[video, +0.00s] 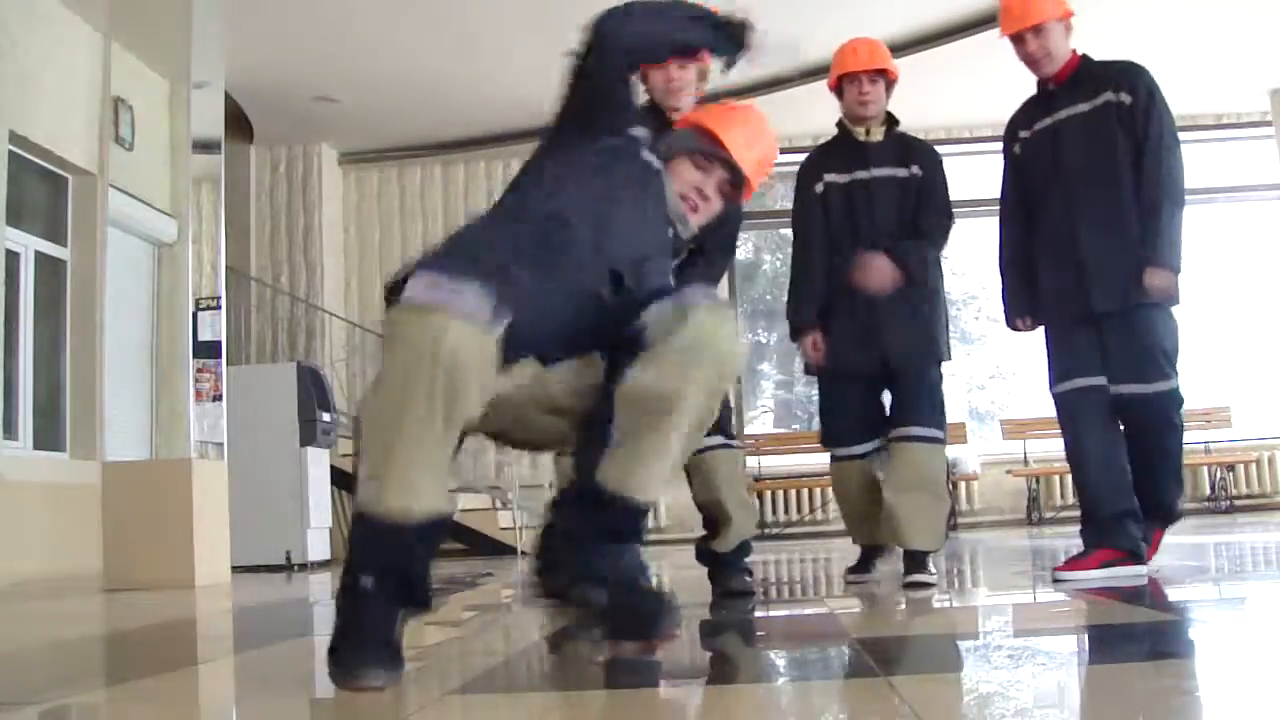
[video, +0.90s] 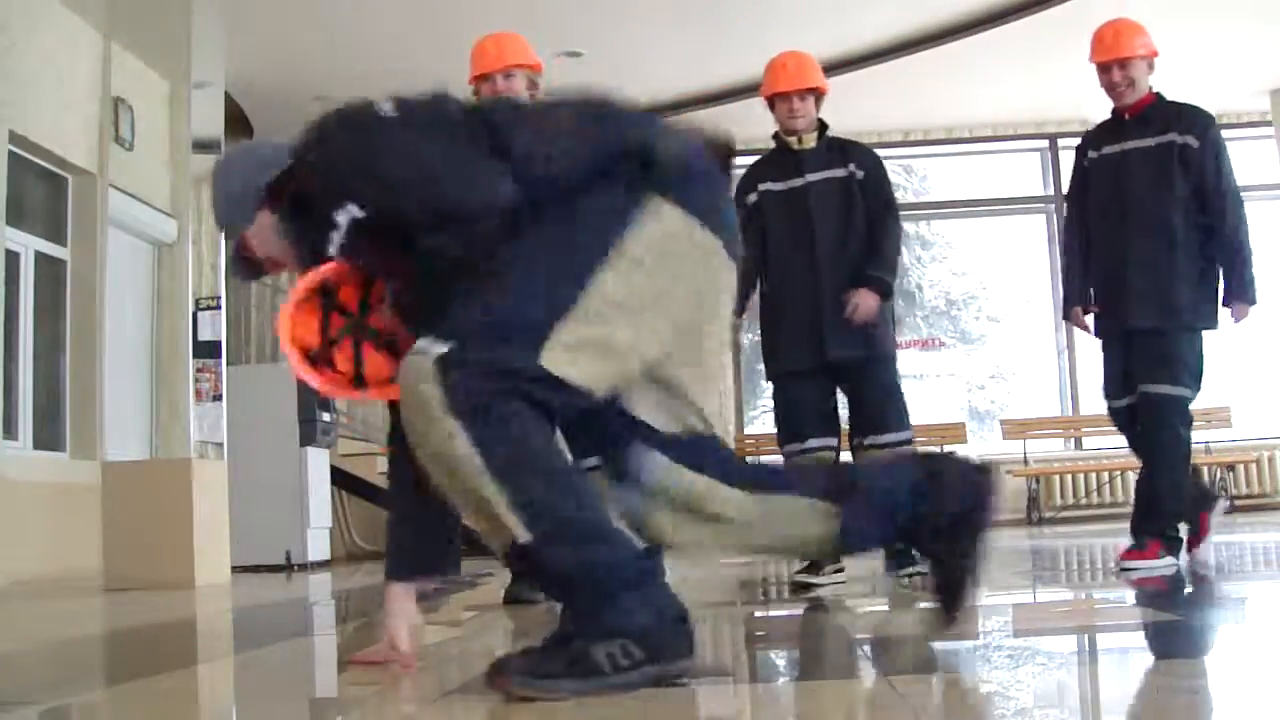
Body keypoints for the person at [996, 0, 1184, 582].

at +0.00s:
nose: (1028, 46)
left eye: (1037, 31)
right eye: (1018, 38)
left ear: (1067, 25)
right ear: (1011, 46)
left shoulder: (1127, 82)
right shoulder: (1021, 125)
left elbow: (1164, 172)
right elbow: (1014, 217)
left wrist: (1163, 258)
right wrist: (1017, 295)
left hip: (1133, 282)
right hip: (1063, 294)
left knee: (1150, 408)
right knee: (1083, 418)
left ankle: (1153, 514)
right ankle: (1113, 541)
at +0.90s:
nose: (1114, 75)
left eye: (1123, 64)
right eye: (1104, 67)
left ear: (1148, 61)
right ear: (1097, 73)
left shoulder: (1192, 124)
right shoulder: (1092, 144)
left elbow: (1225, 205)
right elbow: (1077, 224)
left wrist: (1238, 280)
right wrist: (1075, 289)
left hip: (1175, 295)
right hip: (1114, 300)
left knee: (1164, 409)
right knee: (1125, 410)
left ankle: (1157, 539)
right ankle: (1197, 498)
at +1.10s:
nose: (1127, 93)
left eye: (1135, 81)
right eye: (1117, 85)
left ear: (1161, 77)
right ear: (1109, 89)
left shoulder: (1203, 133)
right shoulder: (1113, 160)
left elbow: (1243, 191)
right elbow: (1098, 238)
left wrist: (1200, 216)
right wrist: (1087, 305)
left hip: (1197, 301)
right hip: (1143, 306)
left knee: (1175, 411)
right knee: (1177, 416)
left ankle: (1159, 535)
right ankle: (1231, 526)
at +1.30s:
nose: (1137, 96)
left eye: (1144, 83)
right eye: (1128, 89)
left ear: (1171, 78)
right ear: (1123, 95)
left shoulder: (1216, 126)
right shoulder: (1132, 163)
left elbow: (1257, 160)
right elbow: (1119, 242)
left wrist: (1188, 124)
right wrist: (1092, 301)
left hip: (1218, 294)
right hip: (1166, 303)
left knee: (1197, 406)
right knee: (1190, 413)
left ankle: (1176, 526)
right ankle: (1233, 526)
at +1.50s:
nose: (1148, 92)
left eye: (1156, 80)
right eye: (1141, 84)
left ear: (1181, 79)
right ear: (1136, 91)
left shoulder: (1221, 129)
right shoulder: (1148, 160)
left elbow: (1263, 116)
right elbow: (1113, 222)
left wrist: (1196, 75)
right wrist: (1068, 211)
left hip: (1228, 287)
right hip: (1180, 299)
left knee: (1220, 400)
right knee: (1190, 409)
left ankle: (1254, 524)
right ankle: (1228, 526)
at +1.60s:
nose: (1158, 88)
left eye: (1167, 76)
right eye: (1150, 80)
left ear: (1192, 78)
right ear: (1144, 89)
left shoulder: (1229, 128)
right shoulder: (1149, 159)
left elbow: (1264, 109)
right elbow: (1102, 203)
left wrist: (1197, 69)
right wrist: (1080, 159)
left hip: (1237, 288)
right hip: (1182, 304)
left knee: (1239, 397)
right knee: (1195, 413)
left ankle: (1279, 520)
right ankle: (1232, 528)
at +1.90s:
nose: (1190, 81)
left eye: (1199, 68)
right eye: (1181, 73)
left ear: (1224, 70)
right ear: (1175, 83)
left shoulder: (1263, 123)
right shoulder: (1165, 145)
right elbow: (1107, 147)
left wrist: (1226, 60)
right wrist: (1137, 86)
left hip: (1268, 294)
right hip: (1205, 304)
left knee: (1276, 406)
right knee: (1215, 418)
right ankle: (1232, 529)